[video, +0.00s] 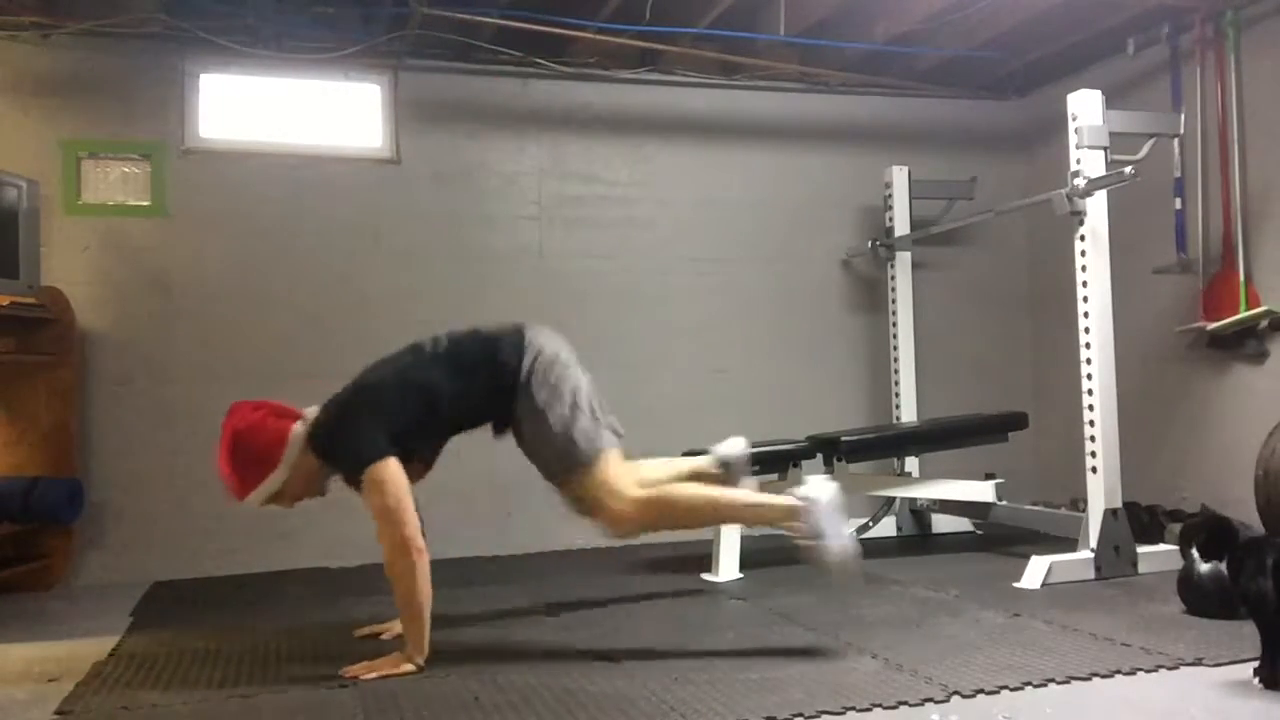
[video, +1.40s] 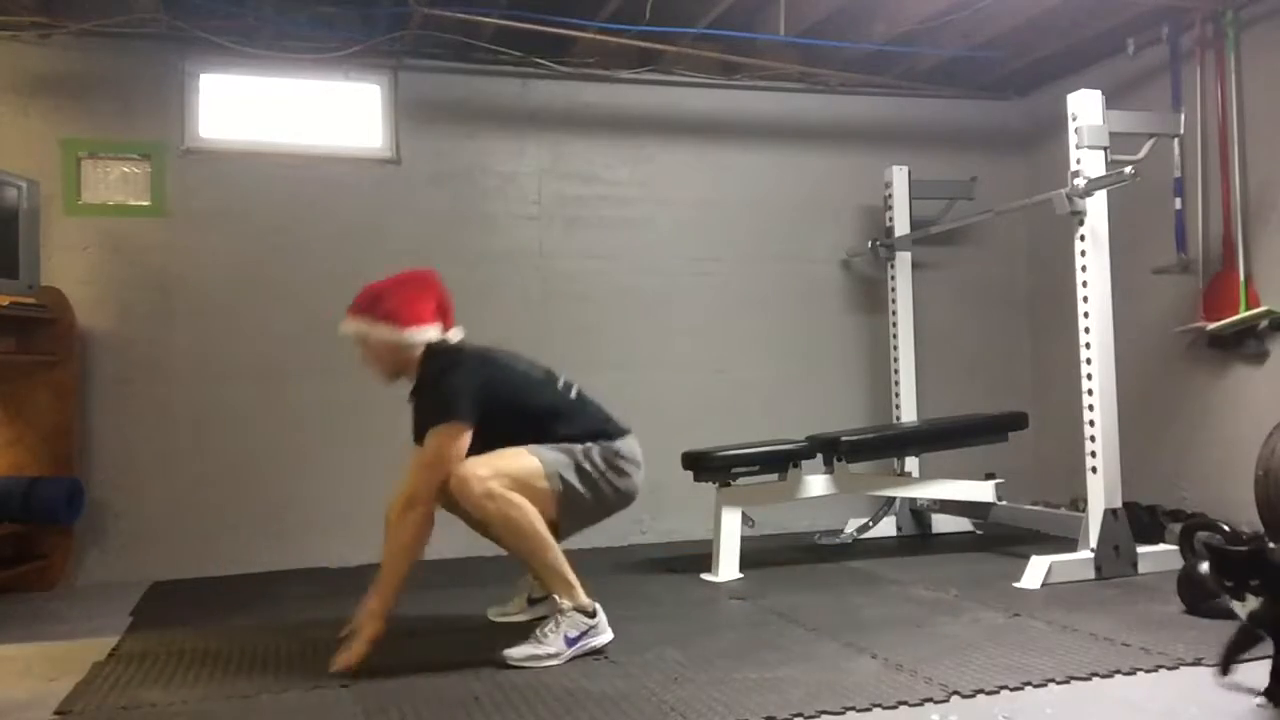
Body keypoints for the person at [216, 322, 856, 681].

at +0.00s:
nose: (285, 505)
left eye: (274, 493)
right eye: (270, 500)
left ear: (288, 458)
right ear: (288, 446)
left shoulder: (359, 435)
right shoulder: (347, 425)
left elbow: (406, 549)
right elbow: (402, 534)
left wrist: (415, 651)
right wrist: (407, 614)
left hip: (528, 370)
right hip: (517, 382)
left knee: (623, 509)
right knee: (604, 496)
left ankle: (801, 510)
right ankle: (716, 466)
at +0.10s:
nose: (263, 533)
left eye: (253, 519)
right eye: (249, 526)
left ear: (267, 488)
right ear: (272, 477)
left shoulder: (343, 471)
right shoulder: (334, 461)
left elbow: (419, 563)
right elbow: (421, 550)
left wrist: (414, 657)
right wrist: (415, 622)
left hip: (517, 424)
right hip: (513, 427)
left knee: (667, 506)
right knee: (662, 495)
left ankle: (845, 527)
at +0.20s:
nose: (247, 564)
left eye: (243, 551)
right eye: (239, 554)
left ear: (264, 525)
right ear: (266, 510)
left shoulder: (342, 509)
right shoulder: (327, 501)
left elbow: (431, 562)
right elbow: (424, 556)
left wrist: (418, 655)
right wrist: (408, 630)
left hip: (541, 490)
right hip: (528, 488)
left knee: (700, 542)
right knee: (676, 532)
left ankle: (871, 570)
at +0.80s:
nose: (261, 517)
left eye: (259, 504)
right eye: (251, 508)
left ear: (289, 472)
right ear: (288, 471)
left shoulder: (358, 471)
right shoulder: (340, 483)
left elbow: (423, 556)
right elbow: (415, 552)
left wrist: (417, 652)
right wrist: (410, 634)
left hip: (554, 491)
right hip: (544, 506)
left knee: (707, 544)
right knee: (669, 547)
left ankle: (886, 575)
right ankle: (760, 553)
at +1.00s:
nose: (291, 464)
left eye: (286, 451)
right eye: (280, 455)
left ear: (306, 429)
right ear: (312, 414)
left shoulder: (386, 421)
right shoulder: (371, 421)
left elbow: (415, 546)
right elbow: (408, 539)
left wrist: (416, 652)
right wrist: (410, 621)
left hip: (560, 360)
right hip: (537, 384)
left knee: (590, 507)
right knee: (561, 503)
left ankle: (762, 539)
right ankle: (694, 505)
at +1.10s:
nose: (326, 453)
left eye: (321, 438)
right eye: (315, 445)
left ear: (344, 409)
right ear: (346, 402)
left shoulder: (408, 411)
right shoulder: (395, 409)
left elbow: (419, 541)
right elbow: (422, 528)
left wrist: (415, 655)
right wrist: (417, 615)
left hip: (582, 359)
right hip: (560, 368)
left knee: (500, 465)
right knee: (487, 466)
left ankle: (647, 565)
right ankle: (615, 523)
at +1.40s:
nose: (363, 352)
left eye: (367, 338)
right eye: (361, 340)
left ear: (398, 332)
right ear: (405, 332)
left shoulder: (452, 373)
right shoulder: (432, 383)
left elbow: (415, 505)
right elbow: (417, 506)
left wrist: (373, 616)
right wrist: (374, 610)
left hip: (607, 460)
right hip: (578, 460)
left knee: (473, 479)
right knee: (449, 486)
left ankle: (581, 613)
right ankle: (549, 580)